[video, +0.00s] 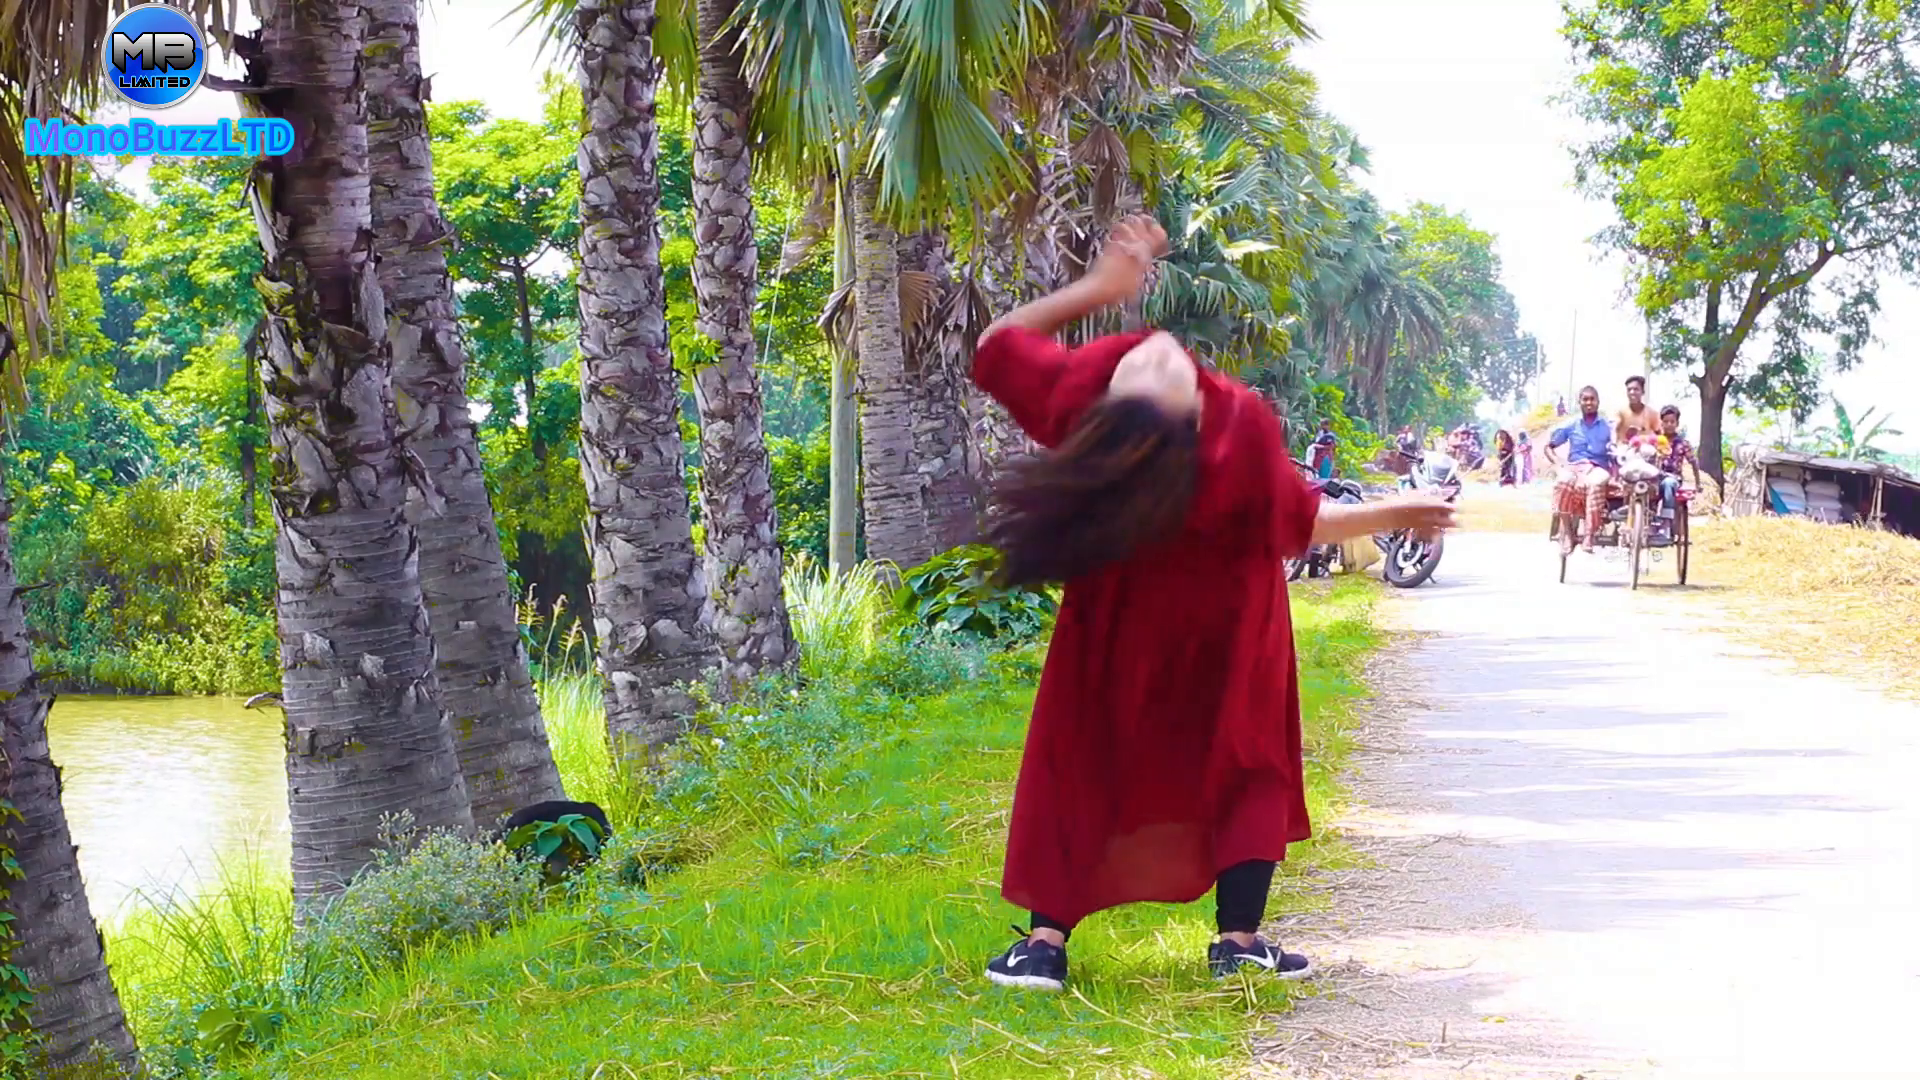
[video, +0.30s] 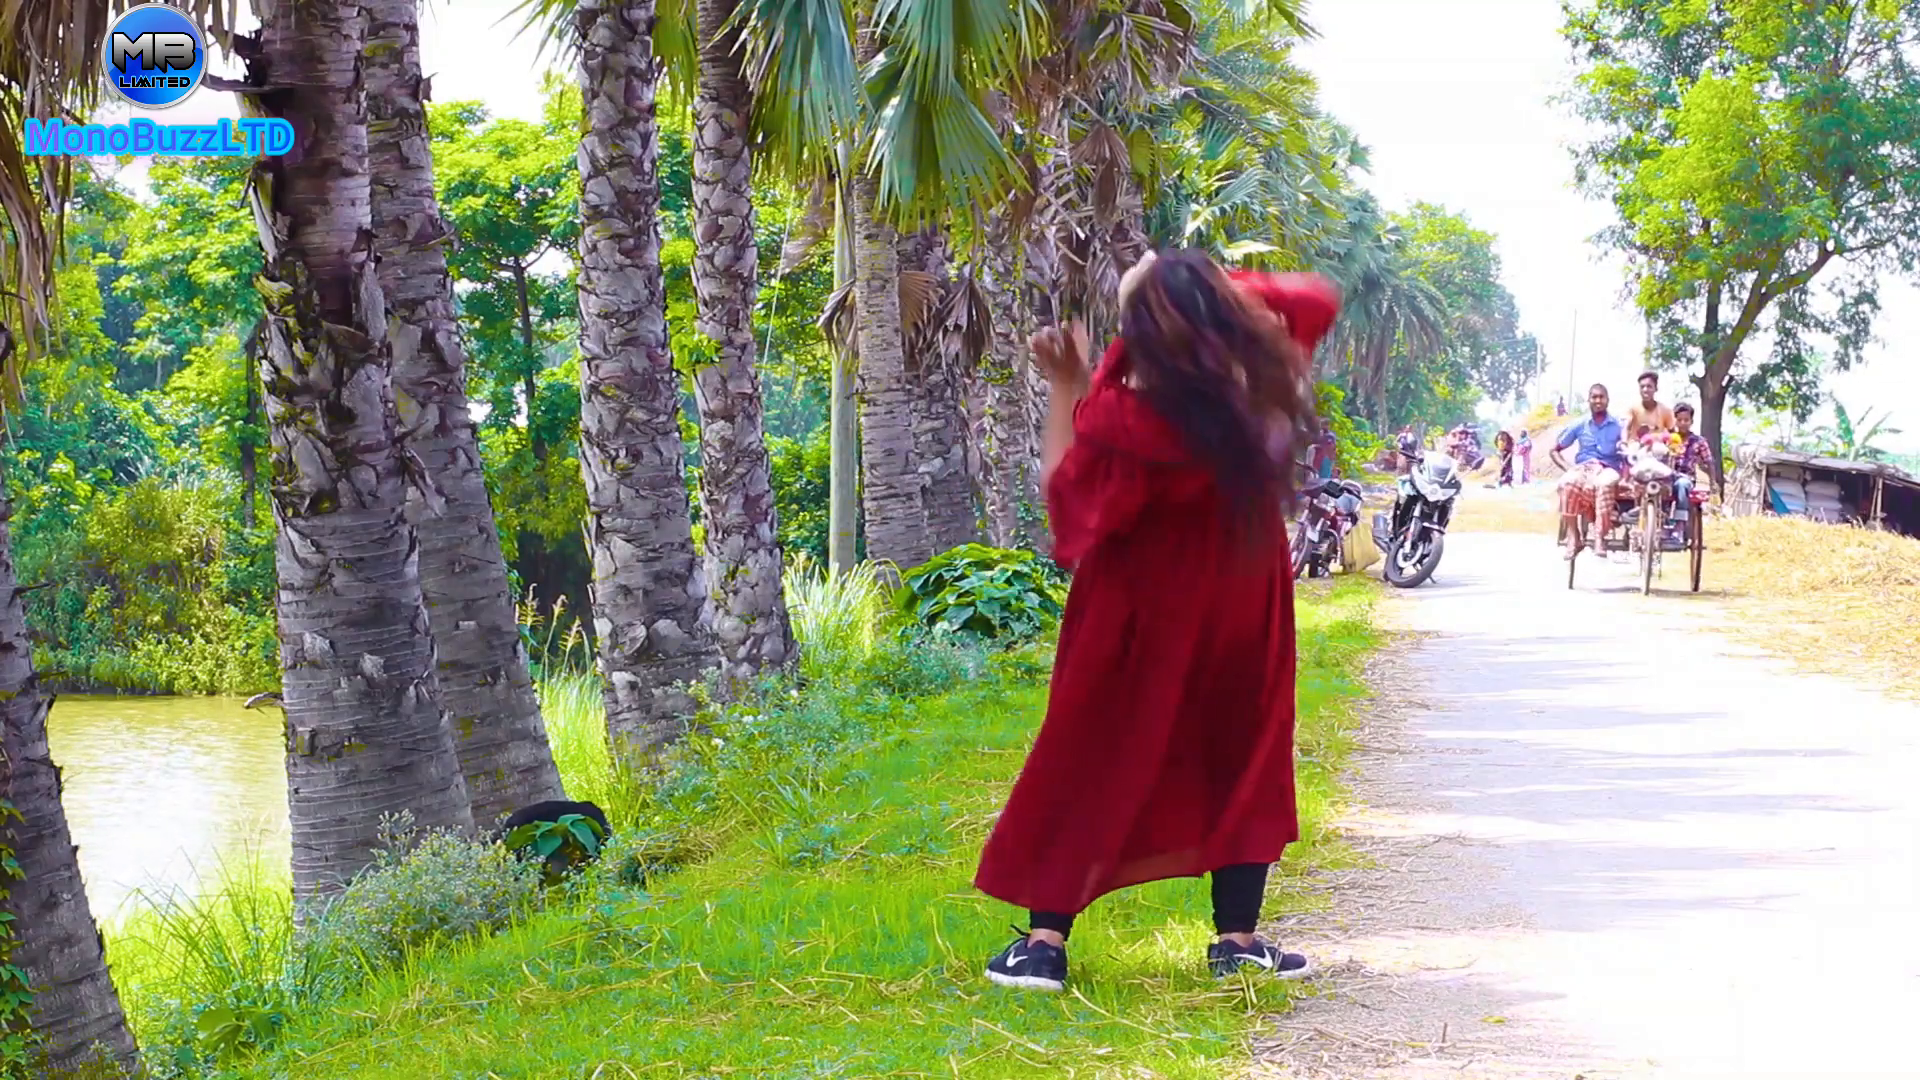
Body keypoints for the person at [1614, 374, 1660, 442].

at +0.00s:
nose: (1632, 392)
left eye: (1636, 389)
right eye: (1629, 389)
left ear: (1642, 392)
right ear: (1626, 392)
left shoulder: (1652, 414)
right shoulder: (1620, 413)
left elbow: (1659, 434)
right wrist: (1613, 443)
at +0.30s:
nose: (1645, 390)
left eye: (1649, 386)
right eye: (1642, 386)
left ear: (1656, 389)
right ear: (1639, 389)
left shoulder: (1665, 411)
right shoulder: (1634, 410)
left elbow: (1673, 432)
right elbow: (1626, 427)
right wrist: (1624, 441)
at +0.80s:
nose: (1668, 385)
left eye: (1672, 382)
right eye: (1664, 382)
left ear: (1679, 384)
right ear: (1661, 384)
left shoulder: (1688, 408)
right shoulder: (1654, 407)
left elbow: (1695, 430)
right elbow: (1646, 427)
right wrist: (1645, 442)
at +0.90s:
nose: (1673, 384)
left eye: (1677, 381)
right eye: (1669, 380)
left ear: (1684, 384)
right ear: (1666, 383)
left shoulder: (1693, 407)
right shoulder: (1658, 406)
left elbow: (1701, 427)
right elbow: (1651, 427)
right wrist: (1650, 442)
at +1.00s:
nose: (1678, 384)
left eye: (1682, 381)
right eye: (1674, 380)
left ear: (1689, 383)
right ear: (1670, 383)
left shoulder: (1701, 407)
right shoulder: (1664, 406)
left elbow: (1708, 431)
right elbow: (1656, 427)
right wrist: (1655, 441)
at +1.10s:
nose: (1683, 383)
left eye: (1687, 379)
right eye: (1679, 379)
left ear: (1694, 381)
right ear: (1675, 381)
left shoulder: (1707, 404)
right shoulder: (1670, 406)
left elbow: (1714, 430)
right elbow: (1662, 427)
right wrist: (1661, 441)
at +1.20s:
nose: (1689, 383)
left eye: (1694, 378)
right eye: (1686, 378)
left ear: (1701, 380)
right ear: (1681, 381)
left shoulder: (1714, 404)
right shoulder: (1675, 405)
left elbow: (1720, 431)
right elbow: (1667, 427)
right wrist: (1667, 441)